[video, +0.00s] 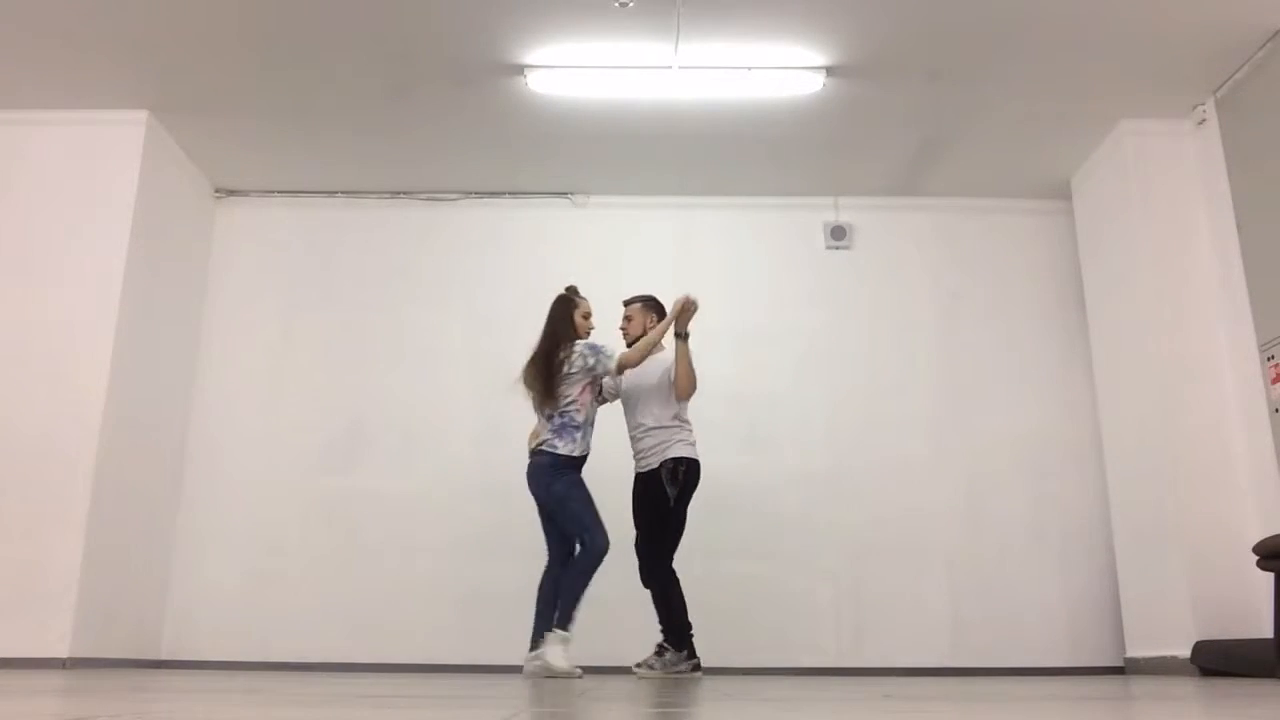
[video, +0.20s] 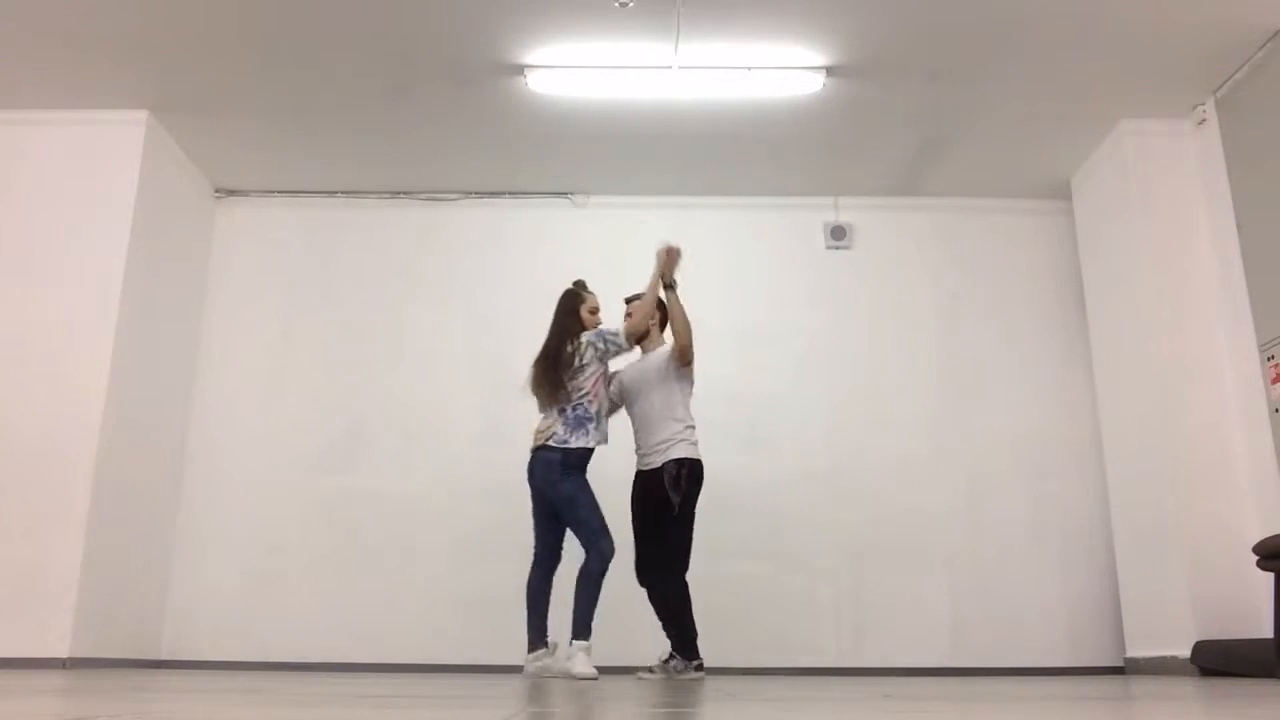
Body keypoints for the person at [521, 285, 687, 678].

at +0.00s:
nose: (592, 323)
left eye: (592, 316)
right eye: (587, 317)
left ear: (563, 320)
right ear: (571, 319)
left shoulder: (557, 358)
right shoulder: (581, 351)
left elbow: (590, 396)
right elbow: (630, 357)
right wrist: (669, 323)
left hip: (545, 469)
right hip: (558, 470)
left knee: (560, 556)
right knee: (595, 544)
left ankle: (538, 651)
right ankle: (557, 637)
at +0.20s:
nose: (601, 317)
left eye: (599, 311)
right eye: (593, 312)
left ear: (571, 318)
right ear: (574, 314)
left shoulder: (559, 353)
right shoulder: (589, 343)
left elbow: (600, 398)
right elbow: (638, 326)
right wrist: (659, 277)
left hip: (543, 465)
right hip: (563, 467)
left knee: (545, 558)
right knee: (600, 549)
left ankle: (537, 652)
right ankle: (578, 649)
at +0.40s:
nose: (590, 300)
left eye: (591, 296)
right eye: (581, 295)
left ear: (590, 308)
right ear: (563, 302)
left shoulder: (584, 350)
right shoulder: (560, 335)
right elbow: (581, 287)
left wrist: (604, 380)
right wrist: (596, 238)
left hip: (577, 462)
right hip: (551, 460)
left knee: (608, 544)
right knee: (585, 544)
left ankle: (559, 621)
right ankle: (574, 647)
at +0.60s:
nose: (567, 302)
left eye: (576, 295)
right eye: (561, 295)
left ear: (588, 298)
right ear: (552, 297)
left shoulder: (606, 341)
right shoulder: (536, 332)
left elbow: (623, 397)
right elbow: (513, 278)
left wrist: (576, 390)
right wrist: (557, 244)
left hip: (583, 445)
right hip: (540, 443)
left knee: (554, 519)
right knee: (552, 535)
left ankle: (583, 613)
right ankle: (571, 637)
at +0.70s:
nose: (563, 298)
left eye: (572, 290)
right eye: (557, 291)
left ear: (584, 295)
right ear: (548, 295)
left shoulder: (590, 334)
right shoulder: (542, 329)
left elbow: (592, 383)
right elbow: (519, 290)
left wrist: (548, 386)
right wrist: (556, 264)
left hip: (576, 445)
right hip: (550, 444)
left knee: (531, 533)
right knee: (555, 552)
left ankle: (538, 643)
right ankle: (599, 647)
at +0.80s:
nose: (548, 293)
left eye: (557, 287)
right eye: (544, 288)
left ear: (575, 292)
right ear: (545, 292)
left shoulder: (553, 327)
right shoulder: (577, 328)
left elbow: (525, 381)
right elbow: (577, 294)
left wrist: (535, 373)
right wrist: (593, 268)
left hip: (552, 450)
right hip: (576, 451)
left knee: (515, 543)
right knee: (545, 551)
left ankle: (526, 650)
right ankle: (593, 643)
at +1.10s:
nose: (589, 290)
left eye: (582, 285)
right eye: (586, 285)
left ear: (539, 291)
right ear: (582, 291)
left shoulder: (523, 323)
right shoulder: (589, 319)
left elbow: (512, 384)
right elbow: (635, 288)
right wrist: (622, 236)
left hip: (513, 442)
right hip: (558, 443)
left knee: (518, 548)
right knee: (593, 547)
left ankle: (511, 652)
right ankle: (551, 643)